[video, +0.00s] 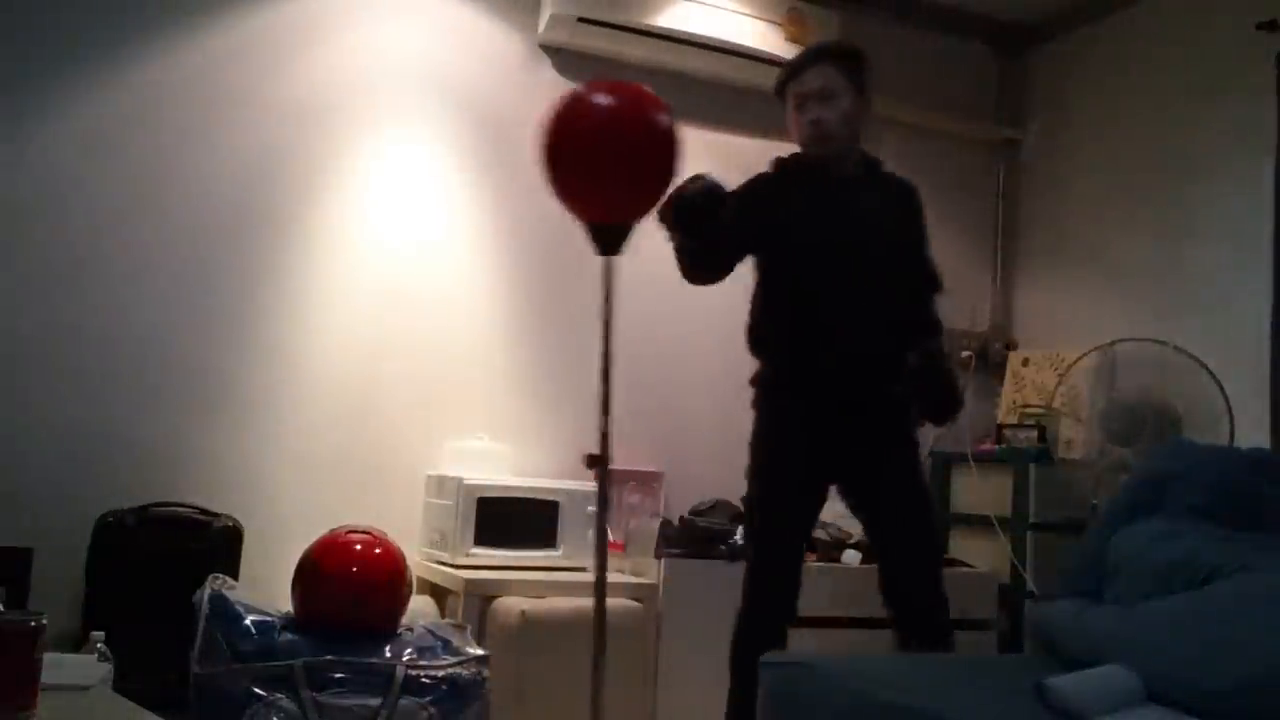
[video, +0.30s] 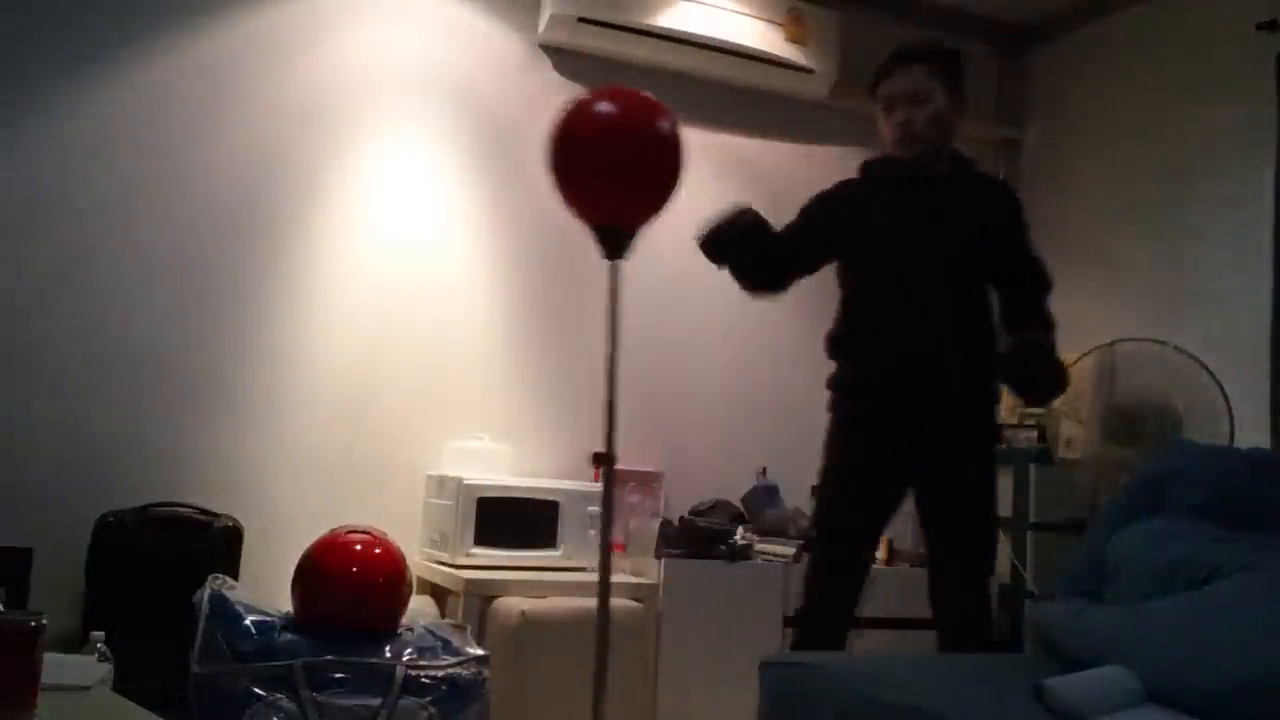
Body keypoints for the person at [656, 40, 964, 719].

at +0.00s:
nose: (812, 113)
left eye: (826, 98)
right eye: (800, 102)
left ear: (859, 106)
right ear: (788, 116)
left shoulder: (894, 197)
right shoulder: (772, 191)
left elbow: (916, 299)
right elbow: (705, 263)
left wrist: (934, 377)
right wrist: (695, 204)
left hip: (876, 409)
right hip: (792, 411)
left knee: (915, 566)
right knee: (772, 576)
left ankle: (936, 709)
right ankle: (747, 711)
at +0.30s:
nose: (908, 117)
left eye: (923, 101)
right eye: (893, 106)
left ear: (954, 108)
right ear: (878, 120)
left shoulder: (989, 201)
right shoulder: (857, 198)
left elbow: (1024, 293)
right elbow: (773, 268)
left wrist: (1033, 359)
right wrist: (742, 241)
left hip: (960, 412)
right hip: (870, 413)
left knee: (964, 586)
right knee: (831, 579)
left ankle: (971, 707)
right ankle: (805, 705)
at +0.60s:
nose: (931, 120)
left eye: (946, 104)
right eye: (919, 110)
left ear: (984, 108)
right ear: (909, 124)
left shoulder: (1031, 199)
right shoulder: (897, 197)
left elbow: (1071, 282)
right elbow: (813, 276)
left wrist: (1066, 355)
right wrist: (823, 274)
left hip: (998, 417)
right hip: (906, 416)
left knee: (989, 590)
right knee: (860, 582)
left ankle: (989, 712)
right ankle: (837, 710)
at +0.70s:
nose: (928, 120)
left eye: (944, 103)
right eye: (918, 109)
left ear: (985, 107)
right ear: (911, 121)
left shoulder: (1036, 202)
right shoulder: (894, 209)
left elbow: (1096, 297)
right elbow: (851, 307)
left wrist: (1058, 372)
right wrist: (851, 377)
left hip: (995, 421)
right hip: (903, 418)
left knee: (986, 600)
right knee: (859, 588)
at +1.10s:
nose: (868, 132)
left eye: (882, 116)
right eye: (867, 119)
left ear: (925, 121)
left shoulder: (975, 199)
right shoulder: (890, 224)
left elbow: (1025, 279)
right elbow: (871, 336)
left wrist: (973, 373)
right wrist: (830, 427)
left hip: (960, 427)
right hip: (898, 430)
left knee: (949, 602)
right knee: (909, 604)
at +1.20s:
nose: (851, 140)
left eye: (865, 127)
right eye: (853, 128)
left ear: (904, 133)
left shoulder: (949, 206)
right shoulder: (884, 220)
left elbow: (970, 328)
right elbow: (877, 344)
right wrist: (835, 433)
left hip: (941, 432)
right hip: (894, 433)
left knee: (931, 599)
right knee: (908, 600)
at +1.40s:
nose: (831, 156)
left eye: (842, 140)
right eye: (828, 145)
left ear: (882, 139)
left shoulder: (927, 207)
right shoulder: (873, 220)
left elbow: (962, 311)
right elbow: (870, 339)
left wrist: (876, 368)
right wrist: (851, 439)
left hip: (918, 423)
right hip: (887, 424)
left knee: (901, 581)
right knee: (892, 579)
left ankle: (930, 700)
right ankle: (924, 700)